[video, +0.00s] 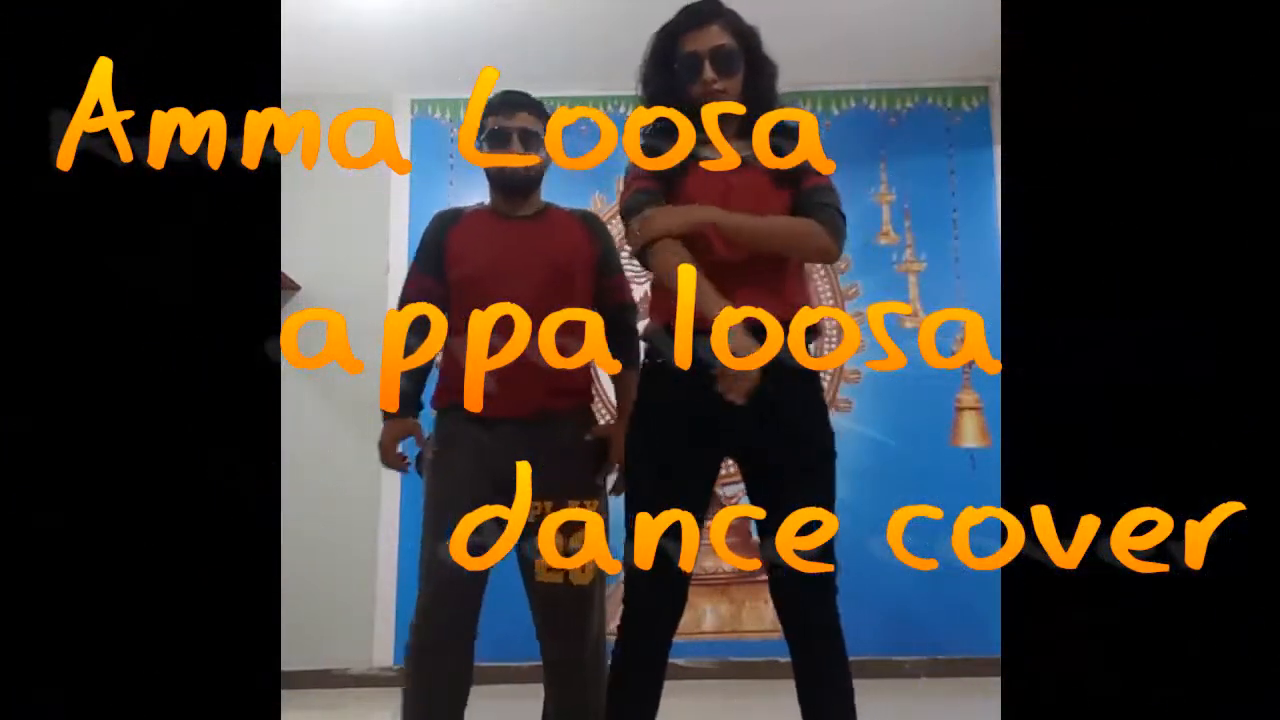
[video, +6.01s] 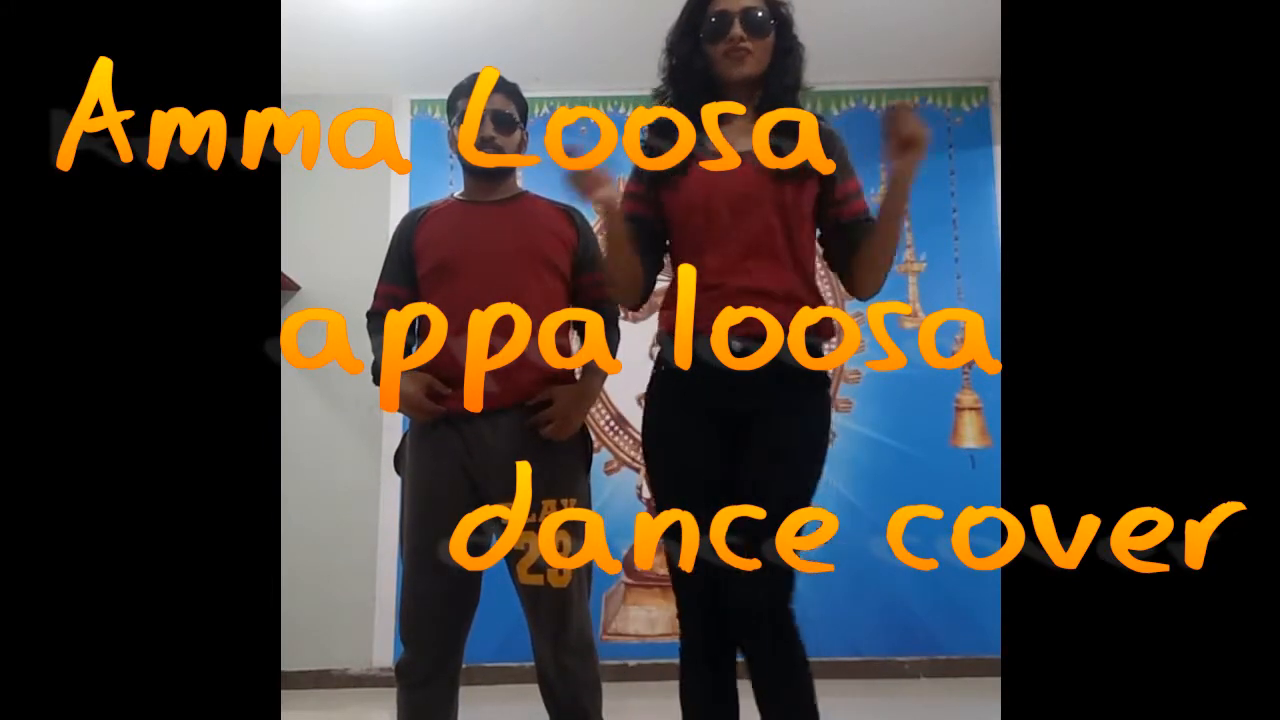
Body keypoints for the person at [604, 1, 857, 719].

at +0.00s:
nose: (710, 74)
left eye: (724, 58)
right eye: (692, 65)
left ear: (751, 65)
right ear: (670, 78)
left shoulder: (789, 137)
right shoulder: (657, 148)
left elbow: (828, 239)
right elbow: (655, 245)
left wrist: (699, 216)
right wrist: (728, 327)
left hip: (783, 379)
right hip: (677, 379)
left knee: (807, 589)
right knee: (653, 590)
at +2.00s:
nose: (646, 69)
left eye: (660, 50)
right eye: (645, 55)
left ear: (714, 51)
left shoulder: (784, 142)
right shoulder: (650, 146)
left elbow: (826, 272)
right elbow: (600, 269)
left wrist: (838, 395)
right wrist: (652, 368)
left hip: (754, 388)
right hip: (649, 382)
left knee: (787, 600)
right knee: (620, 599)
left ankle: (822, 719)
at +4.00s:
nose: (744, 64)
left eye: (760, 45)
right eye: (724, 52)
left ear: (787, 49)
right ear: (701, 65)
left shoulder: (821, 130)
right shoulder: (697, 145)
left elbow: (905, 158)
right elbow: (732, 253)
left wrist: (847, 66)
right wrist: (878, 242)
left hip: (785, 385)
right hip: (687, 381)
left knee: (794, 594)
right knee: (636, 576)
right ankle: (580, 717)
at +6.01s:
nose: (737, 36)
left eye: (756, 21)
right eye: (718, 23)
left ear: (779, 40)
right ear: (693, 41)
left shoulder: (805, 133)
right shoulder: (664, 136)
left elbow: (860, 279)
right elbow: (631, 290)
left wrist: (898, 181)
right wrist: (610, 213)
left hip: (788, 384)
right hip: (687, 385)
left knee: (759, 595)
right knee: (700, 605)